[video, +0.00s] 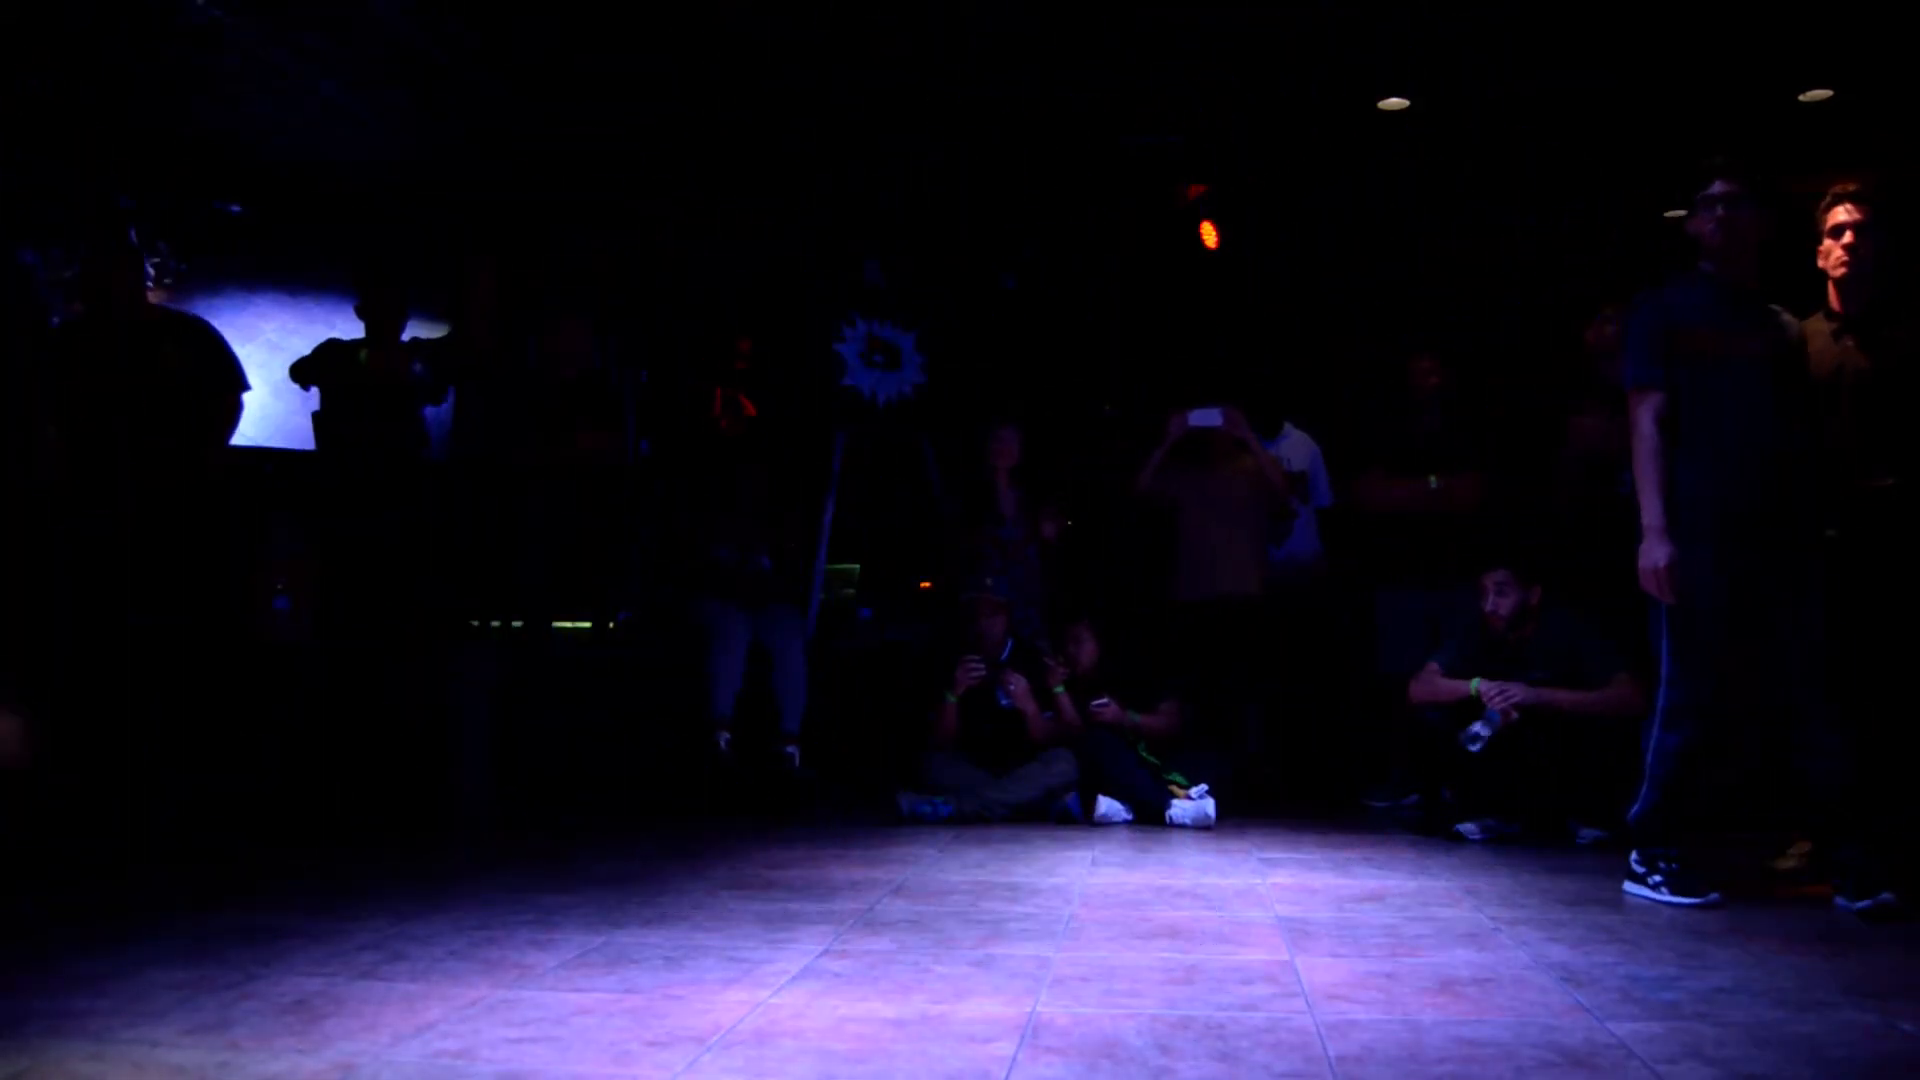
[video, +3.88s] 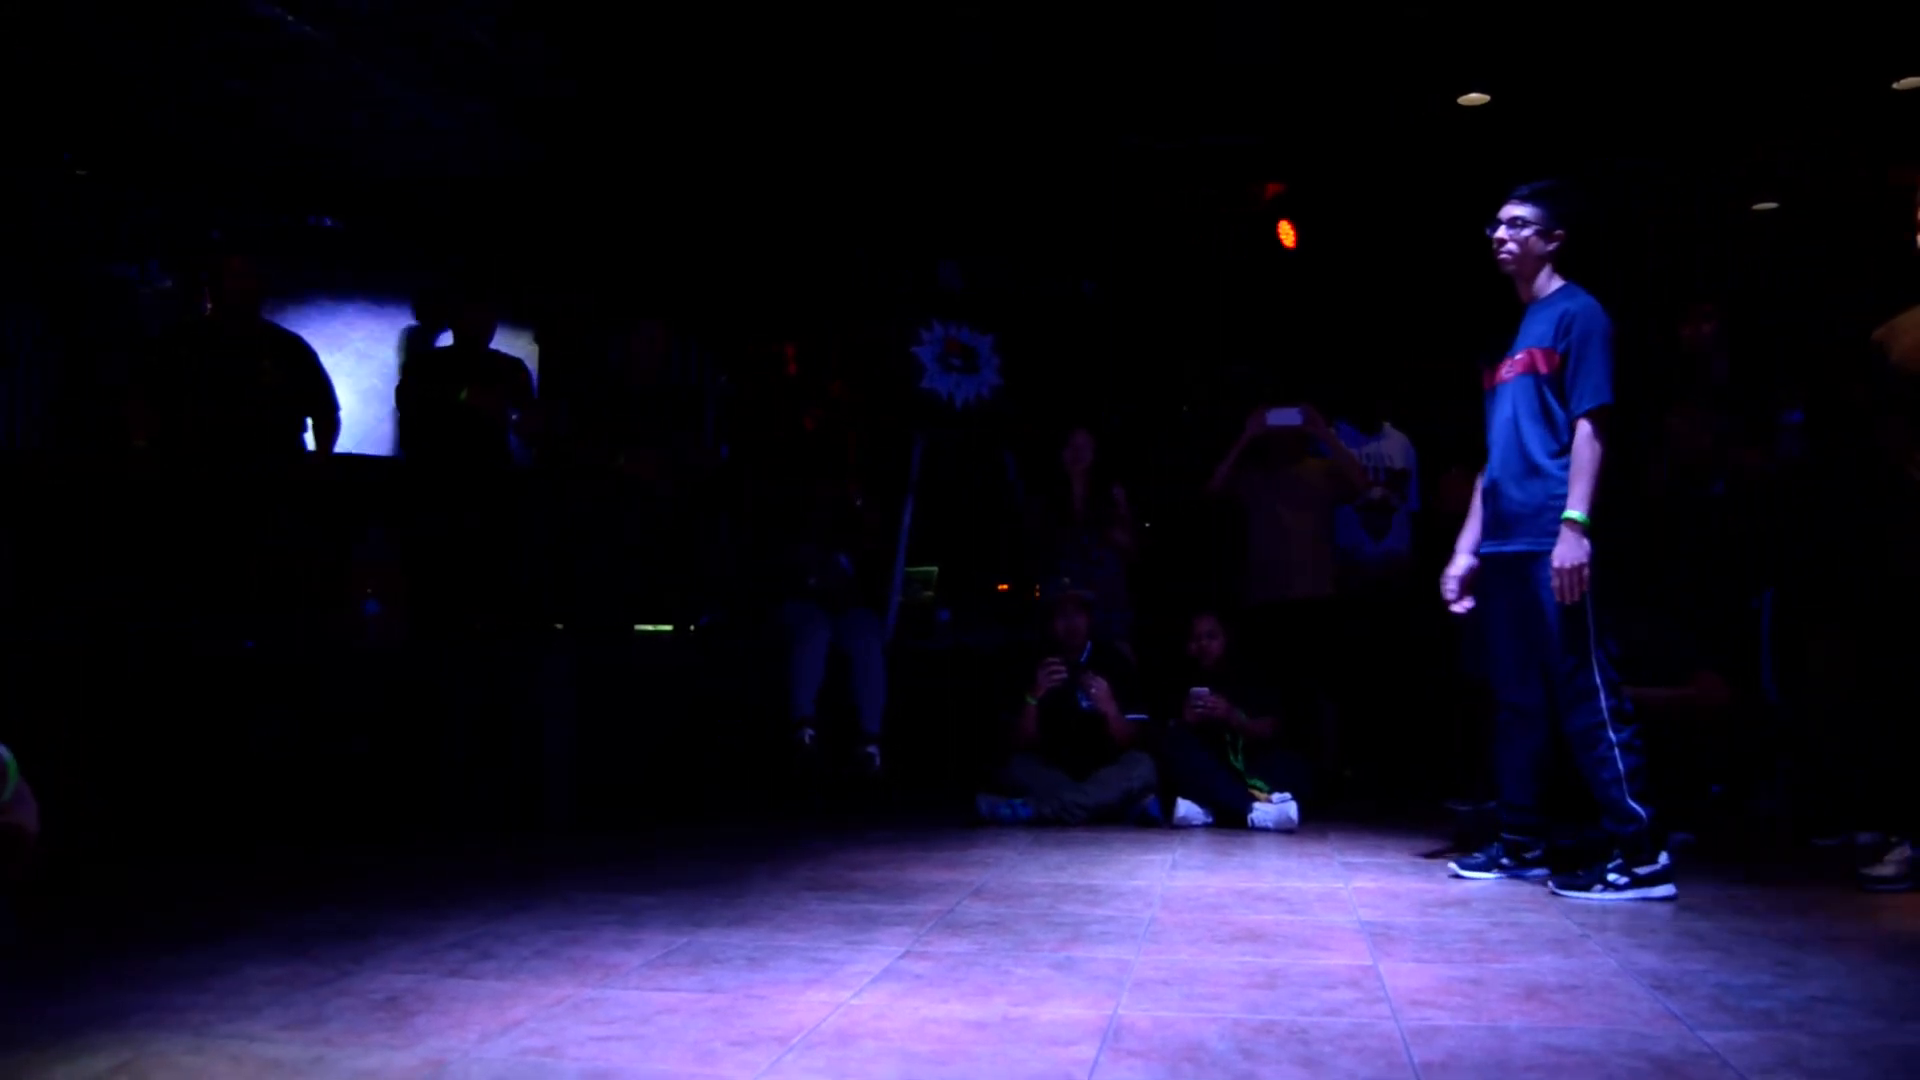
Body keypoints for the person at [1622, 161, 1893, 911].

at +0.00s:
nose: (1716, 219)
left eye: (1732, 207)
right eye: (1705, 207)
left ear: (1761, 224)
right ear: (1688, 225)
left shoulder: (1778, 321)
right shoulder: (1664, 312)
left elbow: (1804, 428)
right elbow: (1647, 425)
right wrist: (1654, 533)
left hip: (1780, 531)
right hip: (1699, 534)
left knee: (1808, 694)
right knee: (1689, 699)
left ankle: (1850, 866)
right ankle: (1653, 856)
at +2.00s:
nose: (1647, 226)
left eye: (1661, 211)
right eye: (1639, 215)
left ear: (1697, 216)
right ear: (1636, 229)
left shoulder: (1742, 302)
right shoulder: (1652, 320)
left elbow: (1764, 420)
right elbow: (1643, 442)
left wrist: (1736, 521)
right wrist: (1612, 546)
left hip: (1718, 529)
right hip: (1663, 532)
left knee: (1717, 691)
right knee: (1687, 692)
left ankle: (1774, 873)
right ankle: (1730, 869)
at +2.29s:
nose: (1675, 219)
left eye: (1690, 204)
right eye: (1669, 208)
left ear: (1728, 211)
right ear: (1666, 224)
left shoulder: (1766, 295)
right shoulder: (1687, 313)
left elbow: (1788, 416)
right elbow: (1678, 437)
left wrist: (1770, 524)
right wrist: (1645, 538)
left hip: (1744, 519)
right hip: (1696, 520)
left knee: (1694, 676)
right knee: (1725, 677)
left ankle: (1657, 853)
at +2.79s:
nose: (1619, 225)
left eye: (1634, 211)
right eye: (1615, 213)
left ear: (1676, 217)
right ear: (1622, 227)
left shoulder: (1693, 300)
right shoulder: (1671, 301)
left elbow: (1693, 425)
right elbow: (1678, 426)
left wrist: (1664, 534)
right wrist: (1636, 533)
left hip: (1677, 530)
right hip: (1673, 527)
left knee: (1662, 694)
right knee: (1724, 686)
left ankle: (1652, 859)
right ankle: (1820, 847)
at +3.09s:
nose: (1572, 225)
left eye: (1587, 212)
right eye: (1570, 213)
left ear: (1630, 218)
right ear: (1607, 226)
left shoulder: (1639, 299)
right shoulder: (1639, 296)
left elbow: (1618, 428)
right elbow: (1622, 430)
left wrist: (1558, 524)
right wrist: (1586, 545)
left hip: (1633, 525)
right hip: (1637, 521)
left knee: (1627, 686)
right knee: (1641, 680)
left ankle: (1641, 857)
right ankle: (1711, 824)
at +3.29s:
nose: (1554, 229)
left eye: (1569, 216)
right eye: (1553, 217)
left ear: (1611, 221)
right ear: (1583, 228)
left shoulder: (1623, 301)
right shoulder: (1608, 298)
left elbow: (1597, 424)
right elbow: (1596, 423)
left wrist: (1541, 521)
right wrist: (1551, 518)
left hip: (1619, 526)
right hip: (1598, 524)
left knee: (1614, 685)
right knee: (1577, 678)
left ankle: (1640, 854)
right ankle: (1592, 831)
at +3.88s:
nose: (1500, 237)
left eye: (1516, 226)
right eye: (1499, 227)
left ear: (1553, 238)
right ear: (1505, 241)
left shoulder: (1578, 315)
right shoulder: (1520, 328)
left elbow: (1591, 429)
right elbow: (1500, 456)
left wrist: (1574, 528)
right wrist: (1465, 549)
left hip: (1552, 540)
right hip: (1504, 544)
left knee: (1583, 694)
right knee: (1519, 695)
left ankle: (1639, 850)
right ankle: (1521, 838)